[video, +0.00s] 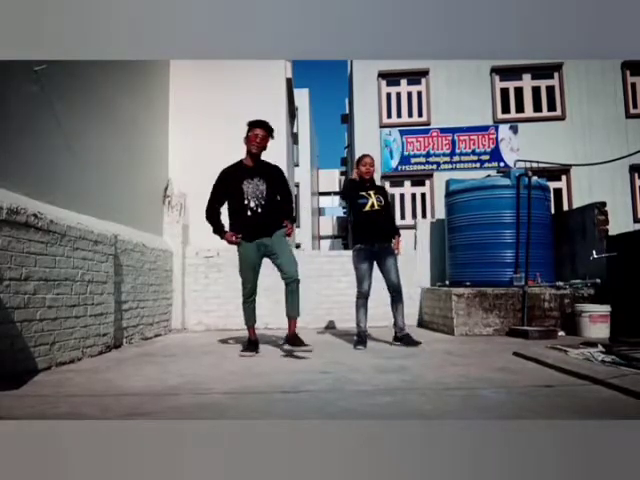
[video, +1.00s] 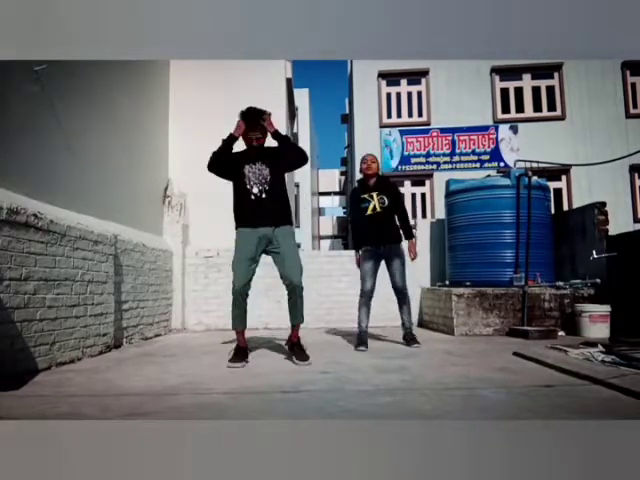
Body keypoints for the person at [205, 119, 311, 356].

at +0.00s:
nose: (257, 141)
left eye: (263, 138)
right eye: (254, 136)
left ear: (267, 143)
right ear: (246, 139)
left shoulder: (274, 172)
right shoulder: (230, 174)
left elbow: (287, 200)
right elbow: (212, 209)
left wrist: (289, 221)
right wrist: (223, 233)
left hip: (275, 236)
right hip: (247, 239)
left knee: (292, 277)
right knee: (249, 291)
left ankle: (292, 333)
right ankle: (252, 338)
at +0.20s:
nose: (277, 141)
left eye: (281, 137)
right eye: (273, 136)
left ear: (286, 142)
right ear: (265, 138)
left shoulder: (286, 175)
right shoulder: (246, 167)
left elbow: (289, 206)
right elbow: (221, 201)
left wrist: (292, 224)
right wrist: (232, 229)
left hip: (281, 237)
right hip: (253, 238)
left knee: (290, 285)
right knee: (251, 289)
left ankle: (295, 342)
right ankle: (251, 336)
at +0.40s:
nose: (289, 142)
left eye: (294, 138)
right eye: (285, 137)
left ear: (299, 142)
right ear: (277, 138)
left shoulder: (301, 175)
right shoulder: (257, 165)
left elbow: (307, 207)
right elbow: (230, 195)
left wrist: (311, 225)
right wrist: (242, 220)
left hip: (288, 237)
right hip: (259, 237)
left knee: (295, 288)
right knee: (249, 290)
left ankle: (295, 344)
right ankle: (252, 328)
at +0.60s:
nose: (282, 139)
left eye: (287, 134)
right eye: (277, 134)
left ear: (295, 134)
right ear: (271, 134)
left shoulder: (302, 162)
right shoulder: (258, 160)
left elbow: (327, 190)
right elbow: (227, 184)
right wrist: (242, 175)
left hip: (291, 232)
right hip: (260, 232)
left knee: (294, 288)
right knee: (250, 287)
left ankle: (295, 343)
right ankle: (245, 344)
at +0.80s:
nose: (271, 139)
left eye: (275, 134)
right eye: (266, 134)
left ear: (282, 133)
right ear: (259, 134)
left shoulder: (294, 156)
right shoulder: (251, 162)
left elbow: (318, 171)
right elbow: (225, 181)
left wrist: (298, 141)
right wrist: (237, 151)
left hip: (289, 231)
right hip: (258, 231)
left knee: (294, 287)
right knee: (242, 283)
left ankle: (295, 344)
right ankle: (241, 343)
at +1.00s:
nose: (256, 140)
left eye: (260, 135)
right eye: (251, 136)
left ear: (267, 134)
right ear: (243, 134)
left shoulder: (277, 155)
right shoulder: (236, 159)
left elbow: (301, 159)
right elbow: (213, 166)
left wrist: (276, 132)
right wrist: (233, 136)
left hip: (281, 229)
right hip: (248, 231)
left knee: (295, 283)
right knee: (239, 286)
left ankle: (295, 340)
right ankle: (241, 344)